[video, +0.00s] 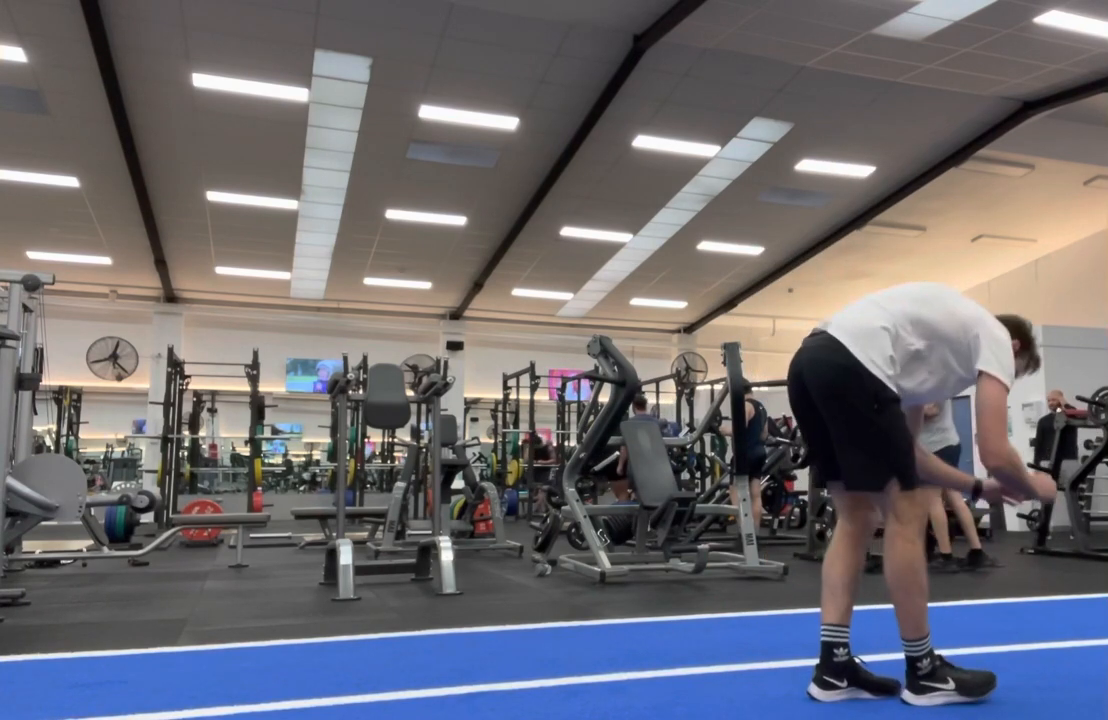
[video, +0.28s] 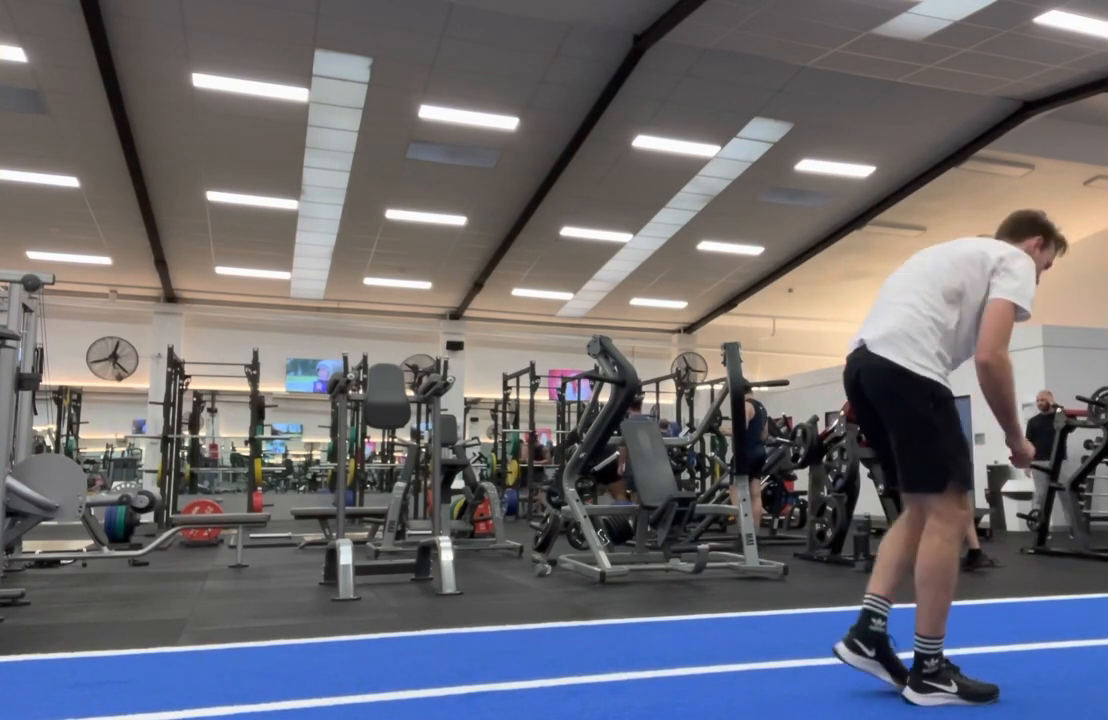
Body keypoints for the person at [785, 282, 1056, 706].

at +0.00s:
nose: (1011, 377)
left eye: (1016, 374)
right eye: (1017, 368)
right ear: (1015, 343)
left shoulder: (926, 354)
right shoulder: (994, 336)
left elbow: (905, 449)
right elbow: (994, 452)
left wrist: (979, 485)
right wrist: (1027, 483)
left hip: (808, 365)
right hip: (854, 368)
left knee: (855, 517)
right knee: (907, 512)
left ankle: (833, 665)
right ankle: (923, 670)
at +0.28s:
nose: (1042, 273)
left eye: (1046, 267)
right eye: (1046, 263)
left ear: (1008, 237)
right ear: (1035, 244)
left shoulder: (959, 254)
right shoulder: (1012, 260)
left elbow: (898, 325)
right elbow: (989, 357)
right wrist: (1015, 436)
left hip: (866, 366)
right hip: (911, 371)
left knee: (918, 509)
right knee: (948, 517)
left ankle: (868, 631)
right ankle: (929, 667)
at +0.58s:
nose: (1047, 228)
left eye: (1051, 220)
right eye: (1049, 218)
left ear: (1003, 204)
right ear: (1034, 204)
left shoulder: (951, 245)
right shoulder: (1021, 234)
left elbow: (931, 330)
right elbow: (1004, 318)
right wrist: (1024, 409)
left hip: (905, 380)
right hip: (957, 381)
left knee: (944, 517)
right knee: (1017, 508)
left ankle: (925, 655)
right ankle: (945, 637)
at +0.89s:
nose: (1089, 221)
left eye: (1091, 214)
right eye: (1090, 212)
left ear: (1042, 200)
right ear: (1074, 200)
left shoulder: (993, 242)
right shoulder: (1061, 230)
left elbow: (968, 326)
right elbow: (1041, 313)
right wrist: (1071, 404)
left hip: (953, 384)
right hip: (1007, 386)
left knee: (973, 516)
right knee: (1039, 521)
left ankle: (931, 649)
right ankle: (1058, 656)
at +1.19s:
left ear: (1091, 251)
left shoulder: (1048, 269)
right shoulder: (1103, 269)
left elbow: (991, 346)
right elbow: (1102, 358)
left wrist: (979, 433)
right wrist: (1106, 443)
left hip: (982, 375)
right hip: (1036, 381)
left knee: (1047, 508)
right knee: (1078, 511)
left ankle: (1057, 637)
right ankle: (1065, 652)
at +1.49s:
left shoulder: (1090, 313)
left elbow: (1009, 372)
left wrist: (973, 463)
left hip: (991, 379)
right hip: (1040, 385)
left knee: (1054, 519)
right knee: (1095, 520)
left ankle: (1095, 635)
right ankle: (1068, 657)